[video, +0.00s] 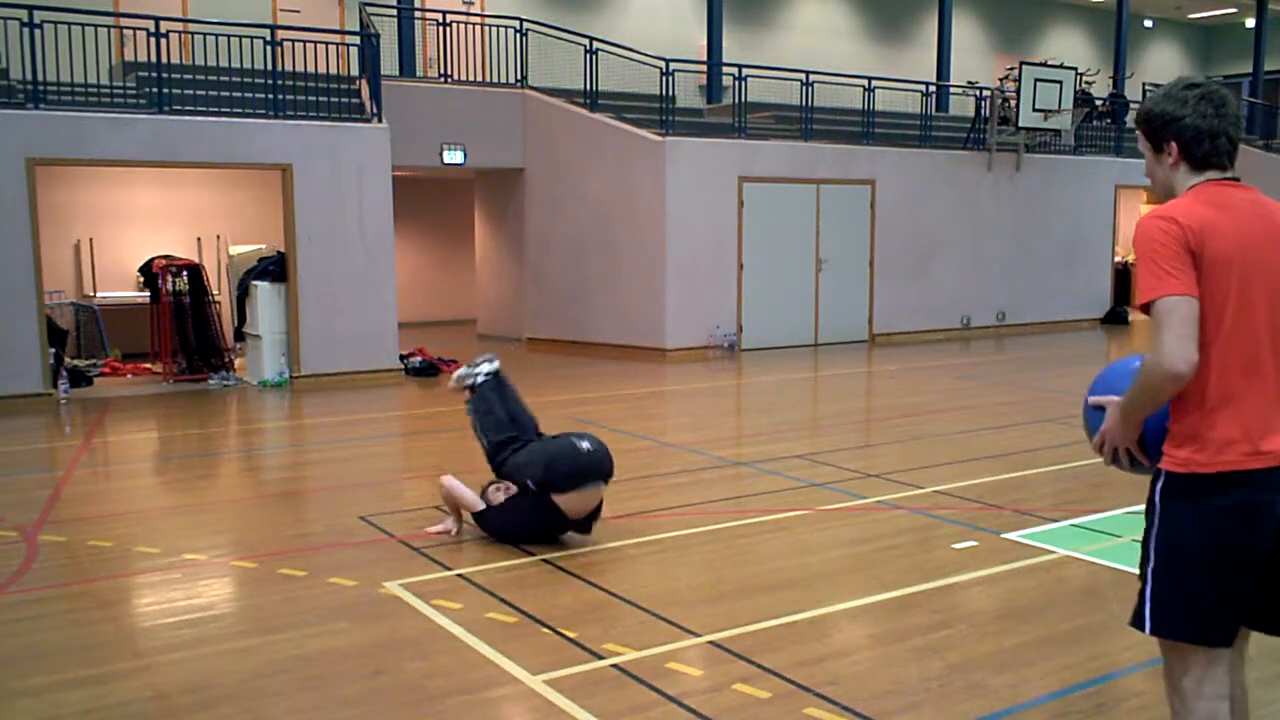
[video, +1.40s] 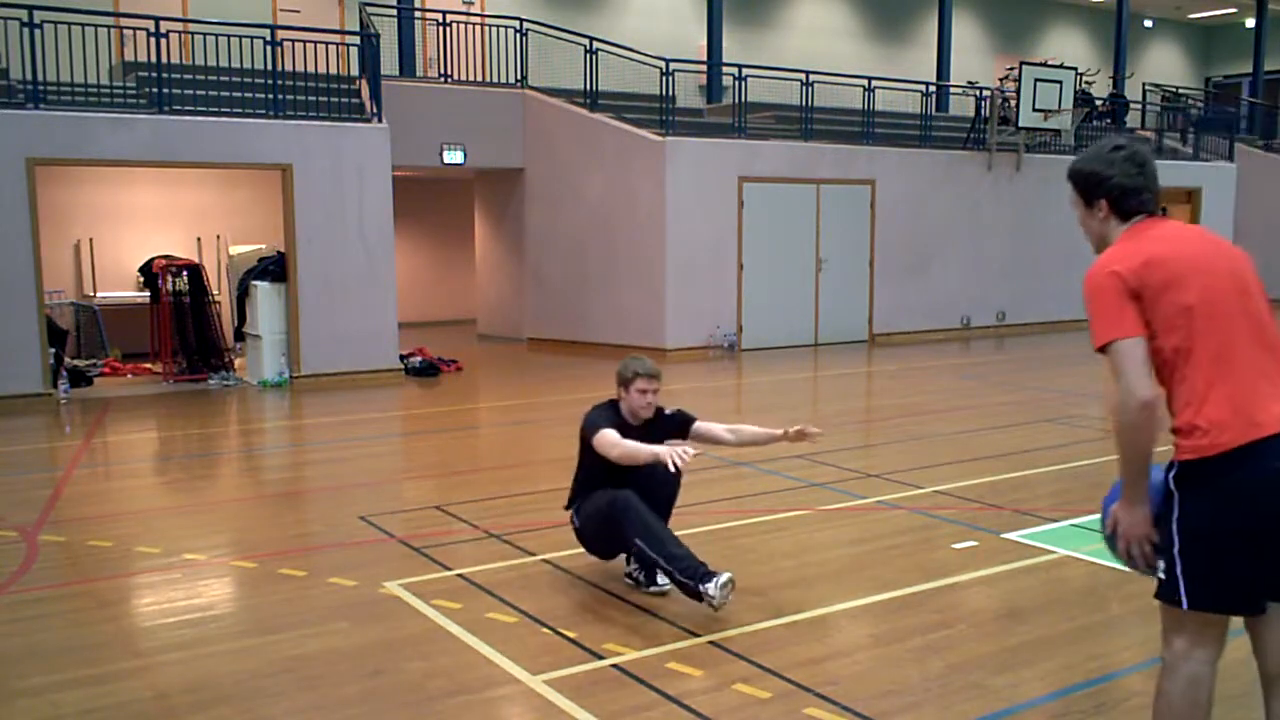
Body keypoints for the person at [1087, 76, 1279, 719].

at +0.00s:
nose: (1146, 170)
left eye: (1146, 154)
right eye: (1145, 155)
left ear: (1169, 150)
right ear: (1223, 147)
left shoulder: (1169, 221)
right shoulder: (1270, 213)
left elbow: (1175, 359)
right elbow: (1256, 343)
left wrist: (1126, 416)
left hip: (1208, 477)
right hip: (1269, 470)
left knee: (1196, 669)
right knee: (1229, 656)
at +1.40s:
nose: (1079, 221)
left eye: (1078, 208)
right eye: (1076, 208)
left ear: (1100, 206)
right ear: (1150, 197)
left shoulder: (1113, 268)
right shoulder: (1219, 245)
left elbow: (1142, 397)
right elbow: (1260, 346)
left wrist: (1133, 498)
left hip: (1217, 466)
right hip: (1274, 450)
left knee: (1189, 648)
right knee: (1272, 627)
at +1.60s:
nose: (1065, 216)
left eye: (1065, 203)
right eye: (1064, 203)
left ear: (1082, 201)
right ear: (1136, 194)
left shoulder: (1092, 265)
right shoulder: (1196, 243)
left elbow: (1078, 400)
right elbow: (1212, 376)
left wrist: (1047, 473)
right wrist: (1133, 450)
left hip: (1196, 460)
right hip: (1266, 445)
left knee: (1177, 642)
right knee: (1261, 622)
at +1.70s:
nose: (1063, 206)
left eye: (1063, 192)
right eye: (1063, 193)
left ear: (1081, 193)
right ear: (1134, 187)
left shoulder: (1090, 259)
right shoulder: (1198, 242)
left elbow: (1049, 392)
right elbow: (1168, 369)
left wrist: (995, 422)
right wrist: (1073, 409)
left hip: (1187, 460)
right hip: (1263, 445)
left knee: (1173, 645)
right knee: (1258, 624)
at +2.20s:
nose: (1086, 167)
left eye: (1087, 154)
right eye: (1086, 154)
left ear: (1106, 157)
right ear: (1160, 155)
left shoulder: (1111, 234)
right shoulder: (1212, 224)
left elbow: (1107, 364)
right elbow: (1218, 353)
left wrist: (1046, 439)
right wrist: (1123, 416)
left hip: (1162, 459)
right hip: (1239, 452)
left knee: (1149, 634)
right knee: (1219, 614)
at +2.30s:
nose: (1096, 165)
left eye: (1098, 151)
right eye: (1097, 152)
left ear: (1119, 155)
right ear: (1169, 153)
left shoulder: (1124, 231)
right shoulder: (1225, 224)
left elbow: (1134, 361)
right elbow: (1240, 332)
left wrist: (1085, 458)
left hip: (1166, 463)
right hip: (1242, 455)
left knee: (1147, 631)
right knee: (1223, 616)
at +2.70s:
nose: (1183, 153)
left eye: (1188, 140)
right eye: (1185, 140)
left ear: (1213, 148)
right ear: (1257, 147)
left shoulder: (1205, 226)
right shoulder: (1273, 210)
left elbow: (1182, 362)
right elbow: (1258, 351)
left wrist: (1106, 439)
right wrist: (1192, 432)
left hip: (1221, 458)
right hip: (1272, 453)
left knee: (1177, 631)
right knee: (1269, 616)